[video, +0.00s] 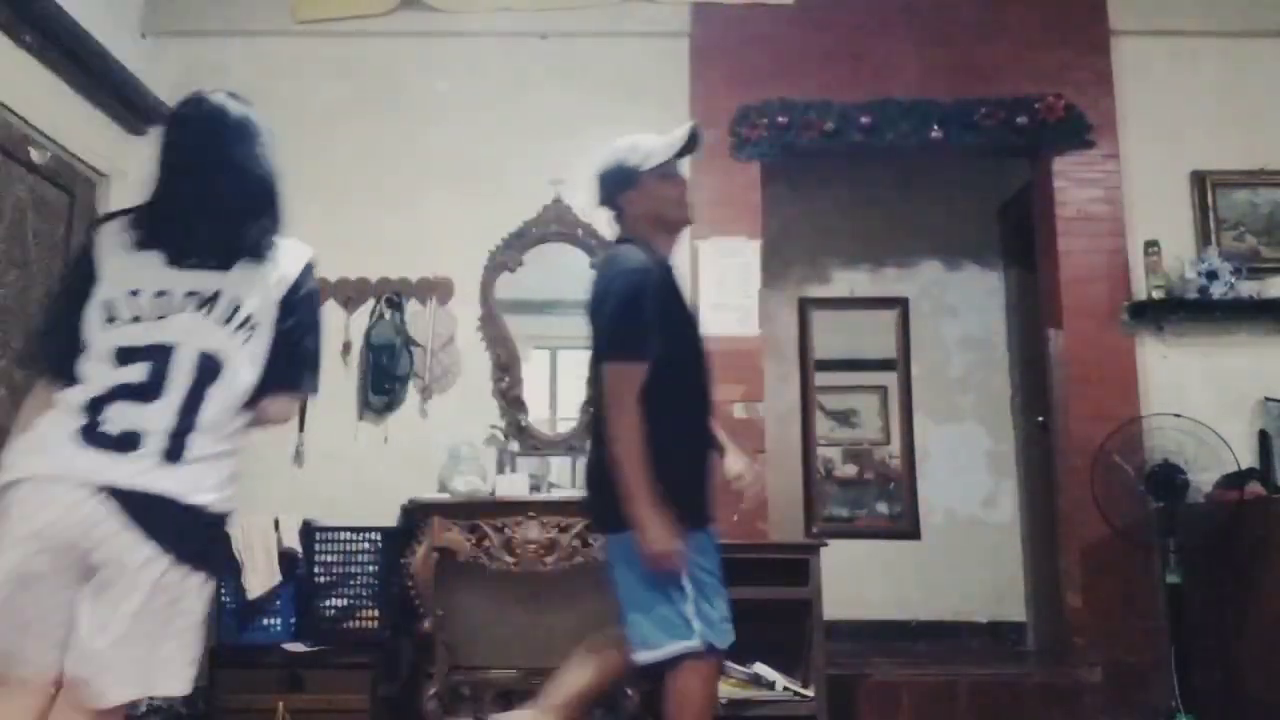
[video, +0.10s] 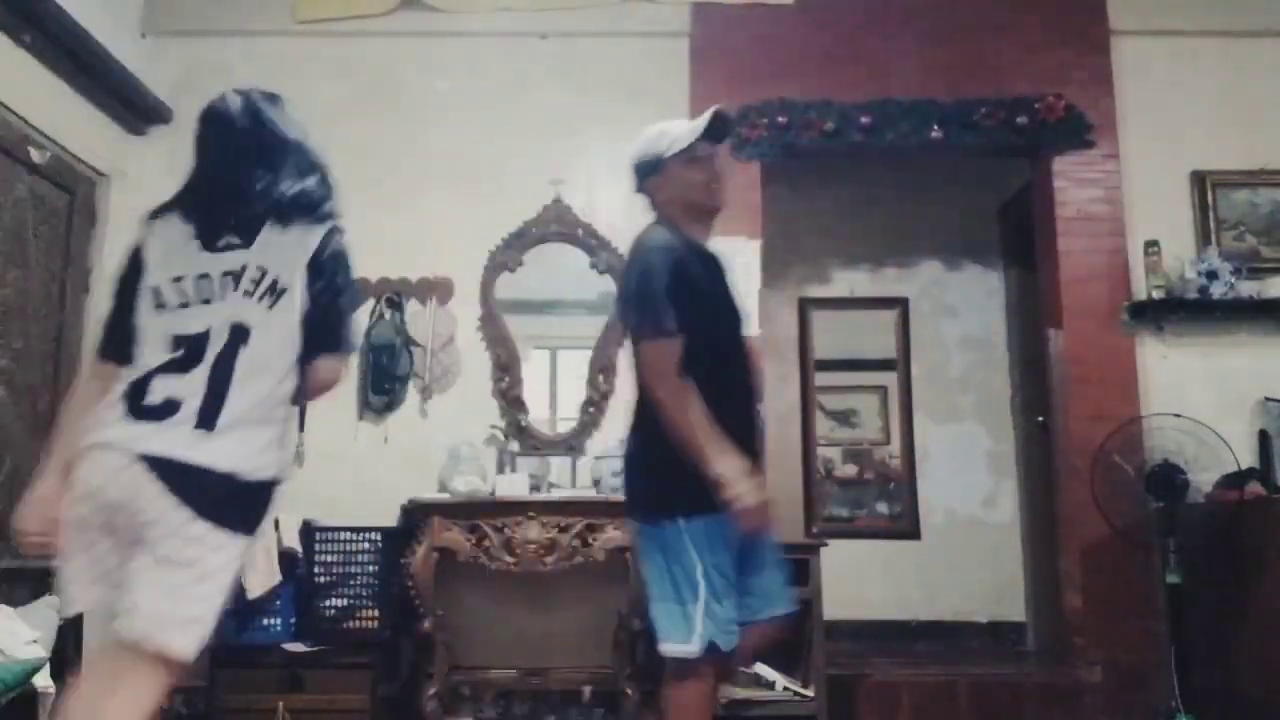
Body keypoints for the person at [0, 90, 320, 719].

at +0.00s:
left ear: (169, 163)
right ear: (258, 171)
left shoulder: (105, 242)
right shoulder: (288, 269)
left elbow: (51, 375)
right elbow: (280, 405)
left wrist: (12, 463)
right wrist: (205, 402)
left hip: (44, 496)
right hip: (168, 527)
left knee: (18, 695)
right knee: (86, 707)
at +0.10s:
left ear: (205, 150)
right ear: (291, 151)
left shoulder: (158, 229)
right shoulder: (315, 234)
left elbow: (104, 369)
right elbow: (326, 369)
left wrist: (51, 475)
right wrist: (270, 394)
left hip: (111, 463)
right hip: (214, 488)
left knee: (100, 669)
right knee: (143, 672)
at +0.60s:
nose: (524, 243)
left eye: (521, 233)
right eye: (517, 234)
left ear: (453, 240)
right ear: (496, 242)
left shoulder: (429, 296)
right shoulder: (506, 296)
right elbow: (496, 398)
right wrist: (513, 493)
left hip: (427, 485)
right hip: (477, 490)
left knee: (442, 623)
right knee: (512, 624)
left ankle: (400, 712)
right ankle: (456, 714)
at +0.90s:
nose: (683, 288)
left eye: (678, 278)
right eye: (674, 280)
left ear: (631, 291)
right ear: (653, 291)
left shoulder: (612, 344)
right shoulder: (662, 351)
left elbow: (606, 443)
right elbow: (669, 458)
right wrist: (695, 518)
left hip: (609, 526)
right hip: (654, 530)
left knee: (632, 645)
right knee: (690, 650)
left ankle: (526, 711)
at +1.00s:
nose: (729, 275)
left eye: (725, 266)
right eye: (720, 267)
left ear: (687, 278)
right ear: (699, 277)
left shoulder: (677, 333)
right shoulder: (699, 336)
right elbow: (715, 433)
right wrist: (774, 480)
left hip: (694, 518)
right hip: (690, 522)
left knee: (752, 620)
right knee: (695, 646)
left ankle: (658, 696)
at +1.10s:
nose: (785, 264)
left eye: (783, 255)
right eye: (773, 255)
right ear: (740, 264)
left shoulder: (750, 321)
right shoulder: (734, 319)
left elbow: (748, 415)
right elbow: (746, 412)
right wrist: (828, 432)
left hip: (771, 509)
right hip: (730, 509)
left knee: (817, 612)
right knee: (712, 639)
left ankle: (816, 712)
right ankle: (689, 715)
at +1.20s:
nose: (826, 283)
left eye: (825, 272)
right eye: (814, 272)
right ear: (789, 275)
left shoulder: (806, 333)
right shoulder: (774, 325)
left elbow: (808, 420)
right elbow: (793, 415)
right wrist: (874, 430)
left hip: (829, 518)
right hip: (772, 516)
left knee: (883, 636)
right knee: (753, 642)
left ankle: (934, 713)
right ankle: (706, 714)